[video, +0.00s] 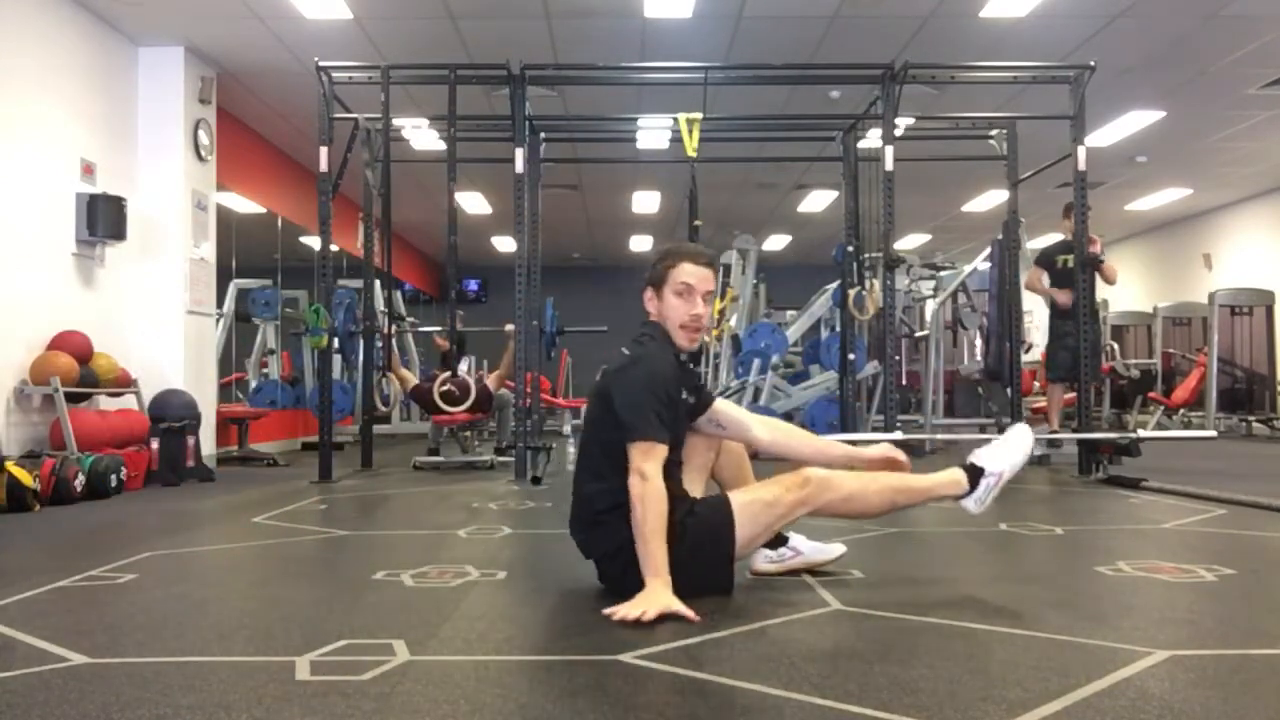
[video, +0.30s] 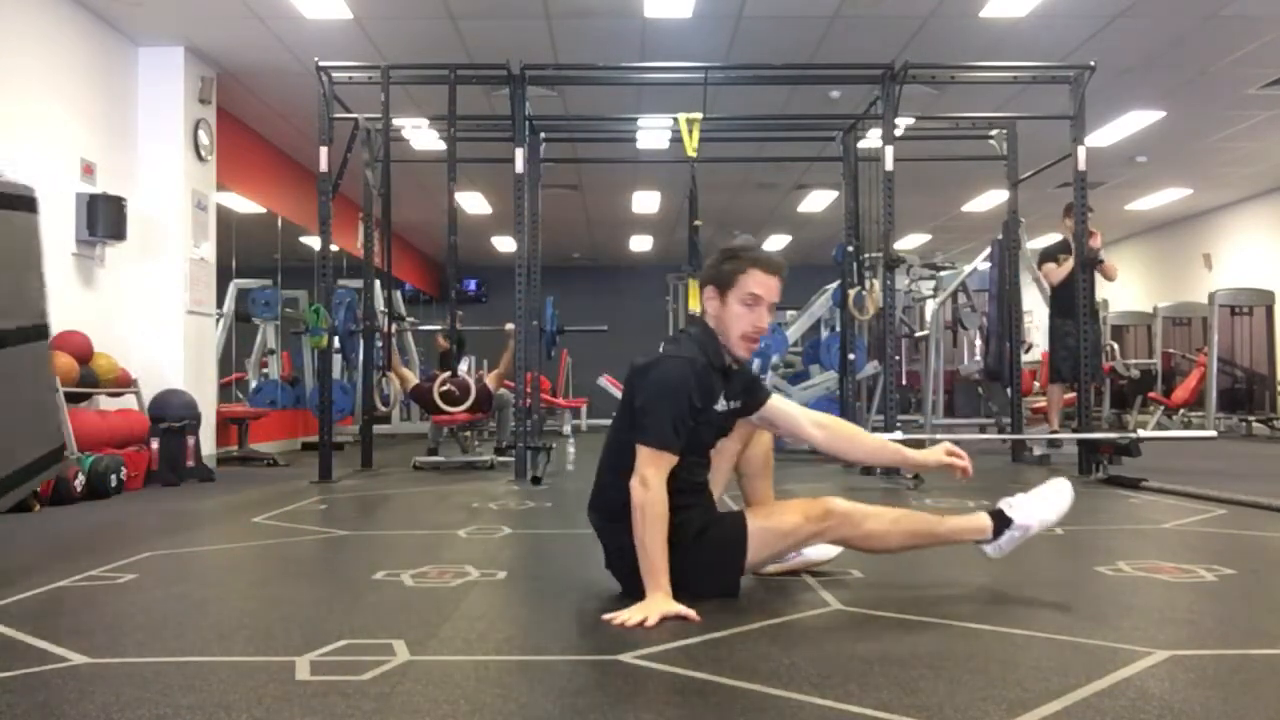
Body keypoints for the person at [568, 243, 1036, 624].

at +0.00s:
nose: (700, 310)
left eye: (707, 299)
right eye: (686, 296)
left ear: (711, 305)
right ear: (651, 303)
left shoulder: (675, 370)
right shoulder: (648, 370)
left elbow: (755, 431)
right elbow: (645, 479)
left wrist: (858, 456)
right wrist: (655, 586)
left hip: (647, 531)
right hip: (640, 556)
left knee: (716, 427)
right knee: (805, 485)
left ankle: (765, 545)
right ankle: (969, 481)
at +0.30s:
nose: (763, 322)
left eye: (771, 310)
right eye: (750, 304)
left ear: (771, 314)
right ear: (709, 303)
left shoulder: (730, 376)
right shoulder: (678, 373)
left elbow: (816, 428)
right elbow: (647, 485)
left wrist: (914, 459)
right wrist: (655, 593)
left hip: (679, 524)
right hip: (662, 556)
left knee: (755, 422)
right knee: (825, 514)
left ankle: (770, 545)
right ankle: (994, 525)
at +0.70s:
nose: (811, 299)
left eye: (813, 286)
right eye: (805, 284)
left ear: (766, 280)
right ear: (759, 278)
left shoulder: (746, 336)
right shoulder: (696, 355)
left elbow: (808, 412)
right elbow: (672, 483)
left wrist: (906, 460)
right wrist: (658, 591)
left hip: (709, 477)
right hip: (689, 516)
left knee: (805, 414)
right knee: (851, 499)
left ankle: (777, 544)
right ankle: (1017, 527)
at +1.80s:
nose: (795, 302)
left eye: (796, 290)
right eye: (790, 289)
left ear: (746, 290)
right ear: (751, 291)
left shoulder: (726, 346)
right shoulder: (719, 367)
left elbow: (798, 417)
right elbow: (686, 486)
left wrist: (894, 448)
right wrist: (659, 591)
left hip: (727, 514)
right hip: (736, 544)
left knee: (810, 405)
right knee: (882, 473)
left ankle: (793, 545)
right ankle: (1028, 464)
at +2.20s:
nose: (741, 311)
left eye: (739, 299)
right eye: (736, 298)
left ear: (695, 305)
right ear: (706, 305)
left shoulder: (678, 360)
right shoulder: (691, 370)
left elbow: (776, 408)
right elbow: (670, 484)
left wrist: (881, 421)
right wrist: (658, 591)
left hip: (703, 532)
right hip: (724, 556)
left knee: (785, 427)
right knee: (871, 464)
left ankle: (783, 548)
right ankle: (1012, 427)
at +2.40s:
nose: (707, 313)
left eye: (703, 301)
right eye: (696, 301)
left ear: (662, 312)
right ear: (661, 312)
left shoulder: (661, 369)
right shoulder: (649, 375)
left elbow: (759, 408)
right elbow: (626, 490)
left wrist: (857, 407)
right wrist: (654, 592)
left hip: (703, 524)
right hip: (716, 553)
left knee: (773, 418)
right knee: (850, 450)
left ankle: (786, 546)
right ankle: (988, 402)